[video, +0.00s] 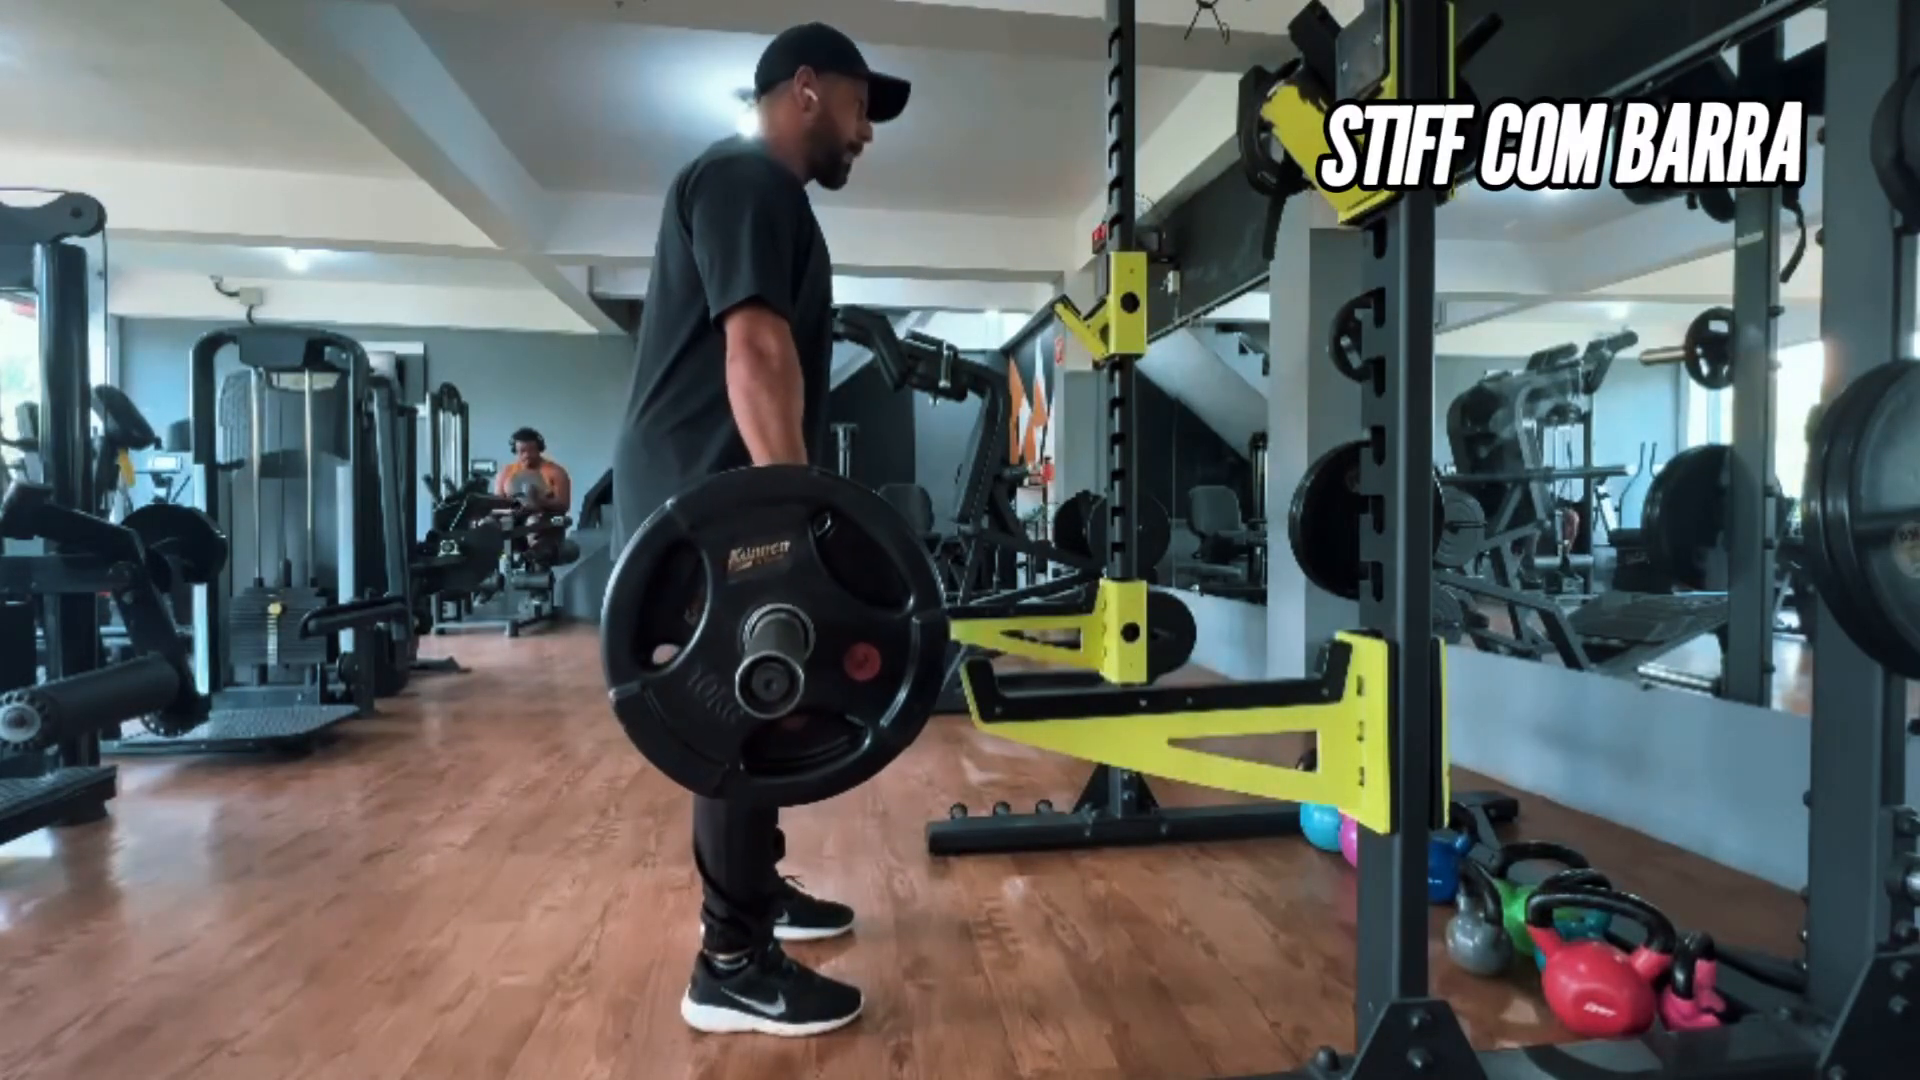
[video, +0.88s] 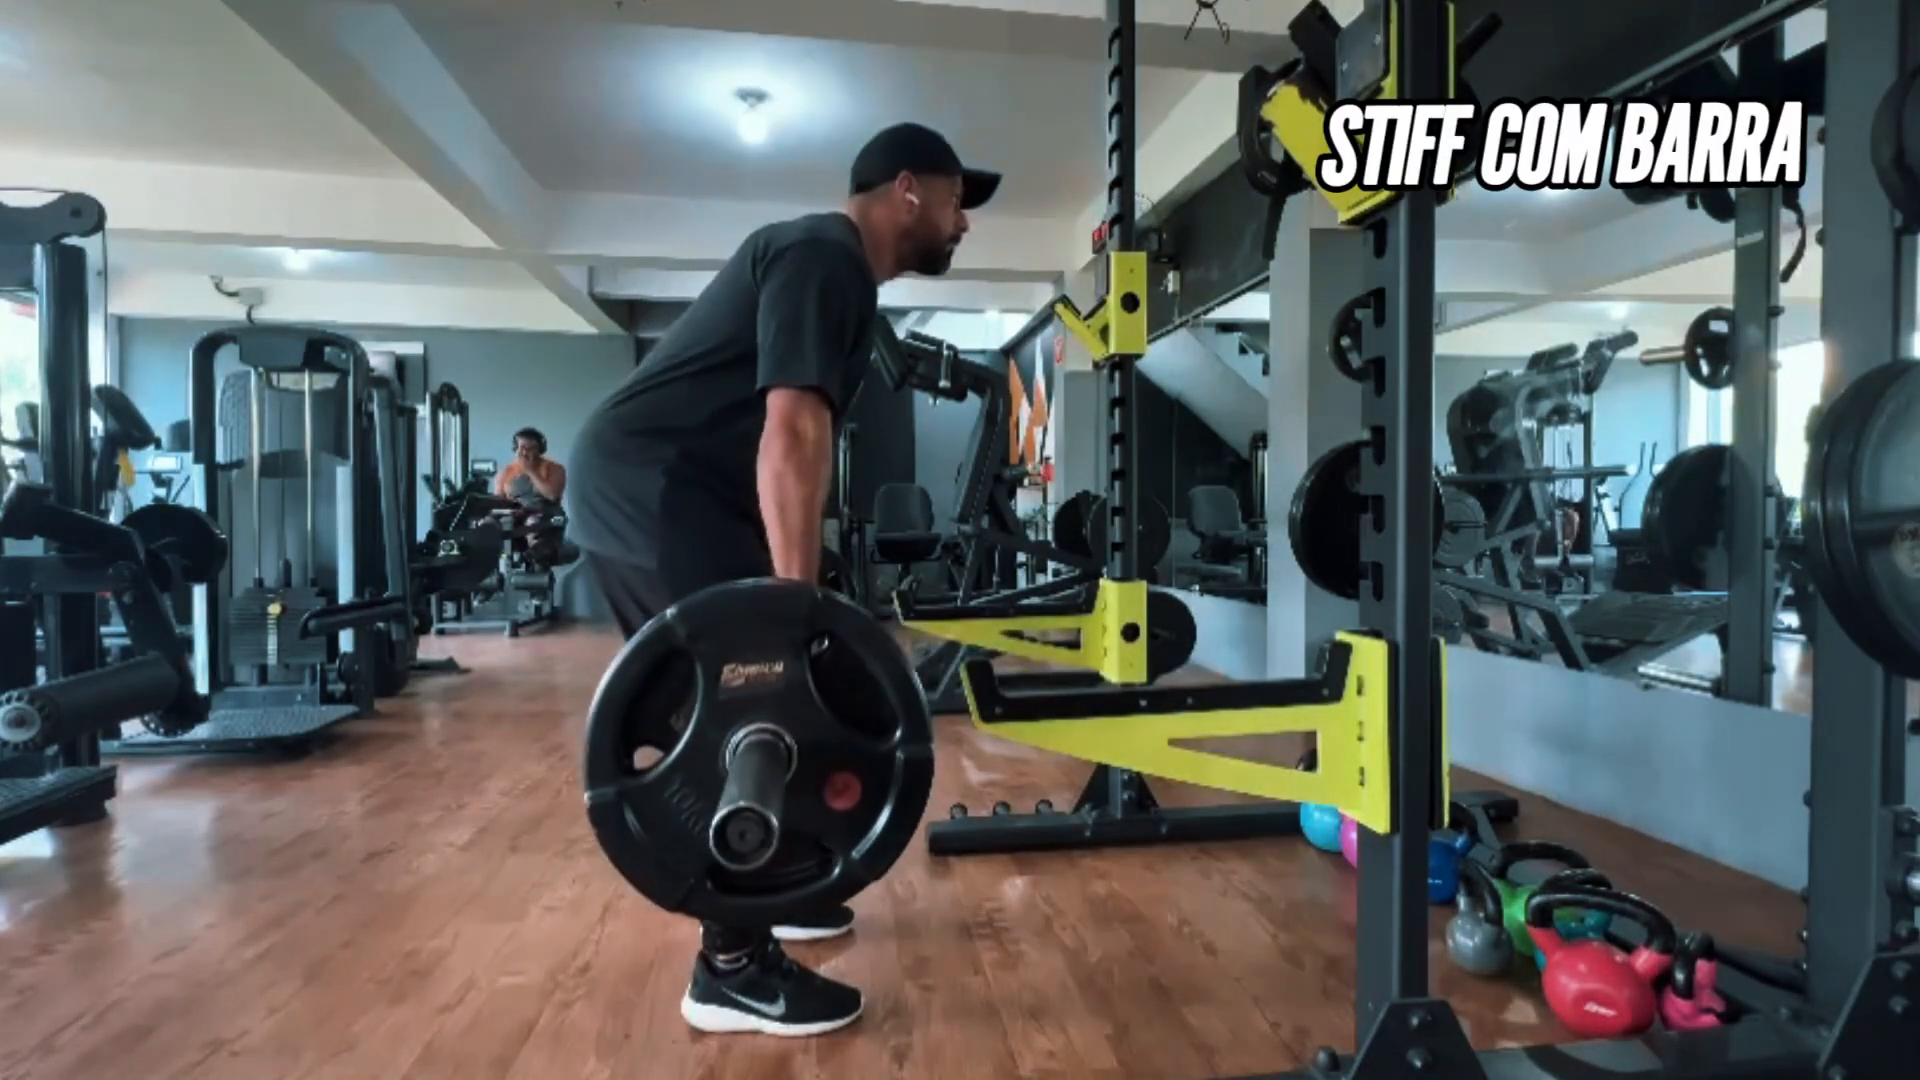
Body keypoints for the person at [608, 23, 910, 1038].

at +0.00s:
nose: (866, 135)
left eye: (870, 117)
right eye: (861, 110)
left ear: (797, 94)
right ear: (808, 89)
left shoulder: (754, 184)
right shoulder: (745, 175)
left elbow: (759, 356)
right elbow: (755, 349)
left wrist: (788, 506)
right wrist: (793, 512)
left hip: (716, 489)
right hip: (708, 491)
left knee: (756, 696)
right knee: (740, 708)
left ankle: (752, 882)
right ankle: (731, 960)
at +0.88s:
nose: (964, 225)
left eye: (967, 207)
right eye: (956, 203)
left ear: (897, 194)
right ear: (906, 189)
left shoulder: (836, 270)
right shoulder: (822, 252)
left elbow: (800, 427)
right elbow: (793, 424)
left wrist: (802, 594)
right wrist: (801, 602)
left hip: (661, 478)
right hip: (658, 480)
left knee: (742, 691)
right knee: (748, 703)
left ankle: (780, 888)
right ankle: (733, 962)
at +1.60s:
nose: (990, 375)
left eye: (997, 359)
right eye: (989, 352)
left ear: (939, 332)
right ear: (945, 332)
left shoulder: (849, 369)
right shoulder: (838, 367)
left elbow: (816, 545)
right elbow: (803, 552)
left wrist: (793, 716)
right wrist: (797, 732)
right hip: (601, 493)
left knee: (731, 710)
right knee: (733, 713)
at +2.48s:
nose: (955, 226)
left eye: (958, 208)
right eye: (948, 203)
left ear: (887, 198)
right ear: (899, 193)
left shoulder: (825, 269)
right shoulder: (814, 253)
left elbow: (797, 430)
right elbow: (794, 427)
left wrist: (803, 597)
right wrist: (804, 608)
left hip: (642, 482)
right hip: (643, 483)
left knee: (735, 691)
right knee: (748, 702)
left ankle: (774, 887)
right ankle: (733, 959)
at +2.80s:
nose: (866, 99)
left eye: (864, 83)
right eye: (854, 79)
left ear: (792, 82)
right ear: (799, 75)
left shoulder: (778, 186)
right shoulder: (753, 165)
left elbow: (783, 344)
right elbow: (767, 325)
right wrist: (822, 495)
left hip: (721, 467)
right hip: (697, 467)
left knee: (748, 686)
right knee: (725, 697)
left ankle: (749, 880)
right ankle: (729, 957)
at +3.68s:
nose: (951, 206)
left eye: (953, 188)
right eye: (945, 184)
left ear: (887, 170)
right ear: (898, 167)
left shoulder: (829, 248)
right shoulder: (820, 233)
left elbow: (805, 412)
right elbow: (807, 408)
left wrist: (828, 584)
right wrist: (825, 587)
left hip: (690, 481)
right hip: (658, 477)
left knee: (742, 691)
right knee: (727, 704)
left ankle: (758, 893)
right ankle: (730, 961)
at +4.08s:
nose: (992, 343)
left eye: (997, 326)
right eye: (992, 320)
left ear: (939, 301)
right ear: (946, 301)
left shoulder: (851, 349)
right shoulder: (843, 344)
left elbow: (822, 520)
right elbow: (814, 521)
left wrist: (808, 683)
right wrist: (813, 699)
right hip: (612, 487)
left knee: (727, 701)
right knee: (732, 705)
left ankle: (727, 890)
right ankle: (733, 897)